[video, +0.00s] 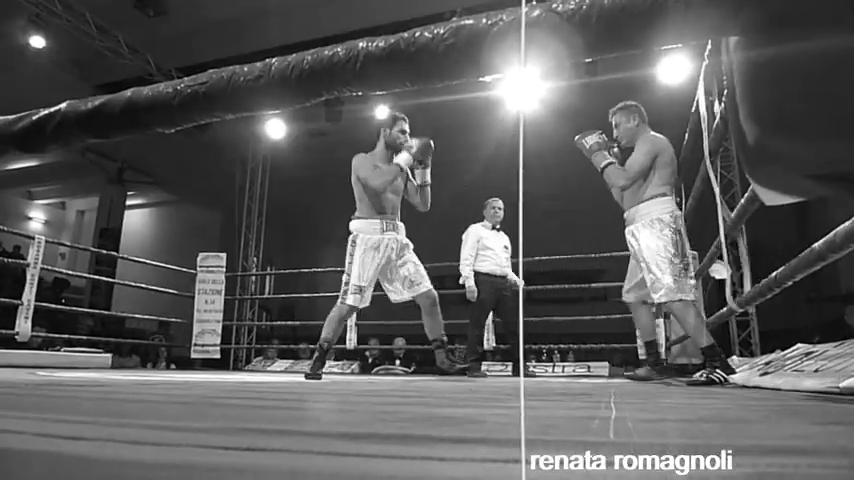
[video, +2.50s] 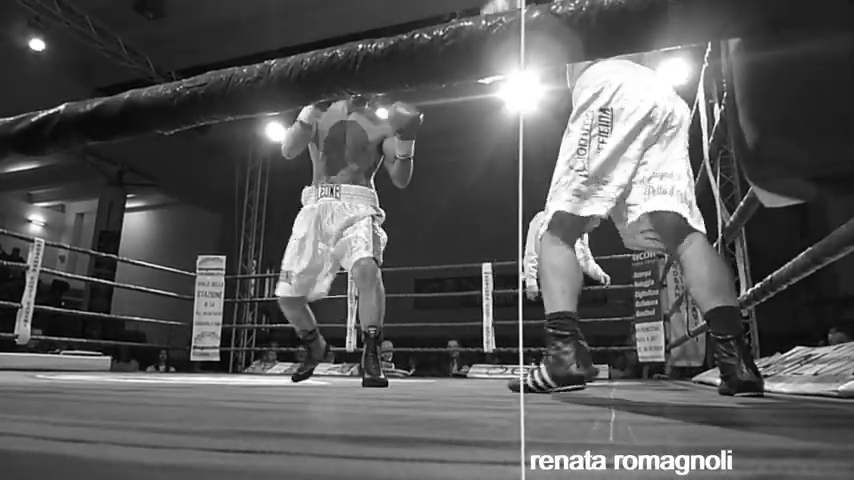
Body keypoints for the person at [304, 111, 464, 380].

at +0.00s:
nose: (406, 139)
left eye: (408, 134)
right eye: (402, 132)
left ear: (404, 139)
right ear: (384, 133)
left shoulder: (401, 171)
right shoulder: (361, 161)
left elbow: (422, 205)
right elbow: (377, 183)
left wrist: (424, 171)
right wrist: (405, 159)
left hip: (397, 240)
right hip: (366, 240)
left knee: (429, 297)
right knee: (348, 304)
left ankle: (443, 358)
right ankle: (318, 361)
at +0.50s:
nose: (435, 141)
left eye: (437, 136)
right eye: (432, 133)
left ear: (431, 138)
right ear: (414, 130)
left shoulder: (425, 169)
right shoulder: (377, 150)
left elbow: (465, 170)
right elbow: (365, 180)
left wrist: (494, 139)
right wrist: (405, 161)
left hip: (396, 238)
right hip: (360, 234)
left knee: (431, 294)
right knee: (339, 295)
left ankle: (438, 362)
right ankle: (312, 348)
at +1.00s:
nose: (382, 105)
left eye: (385, 101)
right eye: (376, 98)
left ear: (384, 111)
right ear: (357, 101)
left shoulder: (382, 146)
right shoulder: (330, 132)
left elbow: (406, 187)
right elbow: (356, 140)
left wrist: (424, 157)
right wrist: (384, 106)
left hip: (377, 227)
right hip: (338, 226)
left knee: (408, 282)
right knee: (310, 303)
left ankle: (425, 359)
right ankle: (272, 359)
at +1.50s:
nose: (399, 90)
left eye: (406, 83)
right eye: (392, 83)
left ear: (416, 88)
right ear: (380, 88)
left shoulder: (427, 117)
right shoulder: (368, 126)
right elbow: (336, 171)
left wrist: (436, 136)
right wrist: (340, 128)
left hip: (426, 207)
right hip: (387, 215)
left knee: (432, 269)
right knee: (366, 300)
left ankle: (467, 359)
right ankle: (376, 359)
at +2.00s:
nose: (365, 99)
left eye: (368, 96)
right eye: (357, 93)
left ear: (372, 106)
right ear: (340, 100)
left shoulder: (381, 140)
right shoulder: (319, 138)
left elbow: (396, 194)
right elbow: (305, 183)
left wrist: (397, 163)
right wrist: (329, 156)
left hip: (368, 224)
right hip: (328, 223)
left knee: (378, 297)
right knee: (316, 297)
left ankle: (388, 361)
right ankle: (321, 365)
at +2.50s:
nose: (357, 86)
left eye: (365, 81)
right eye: (350, 79)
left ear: (376, 87)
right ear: (338, 82)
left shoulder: (383, 122)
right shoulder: (316, 112)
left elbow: (401, 179)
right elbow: (289, 151)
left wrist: (406, 138)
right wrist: (315, 110)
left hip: (358, 207)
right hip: (316, 207)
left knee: (366, 268)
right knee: (289, 296)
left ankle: (372, 356)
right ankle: (315, 347)